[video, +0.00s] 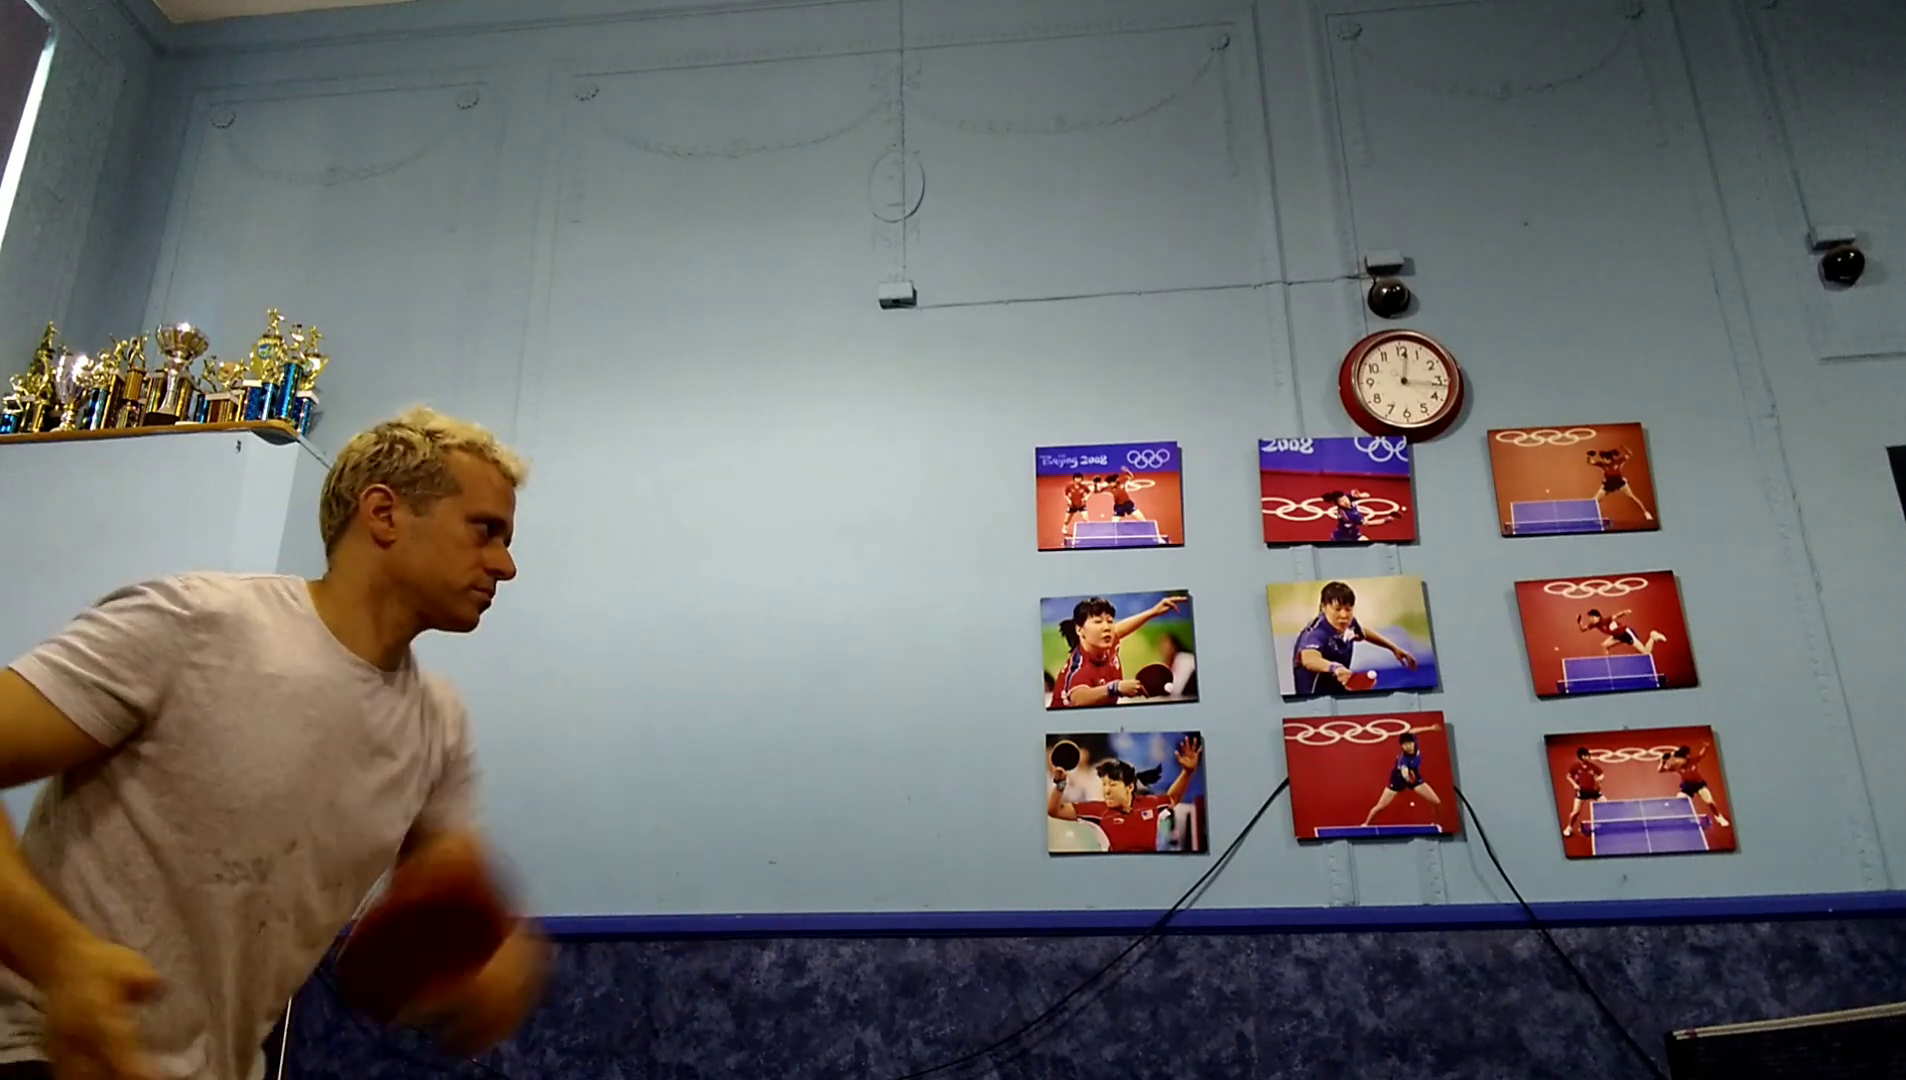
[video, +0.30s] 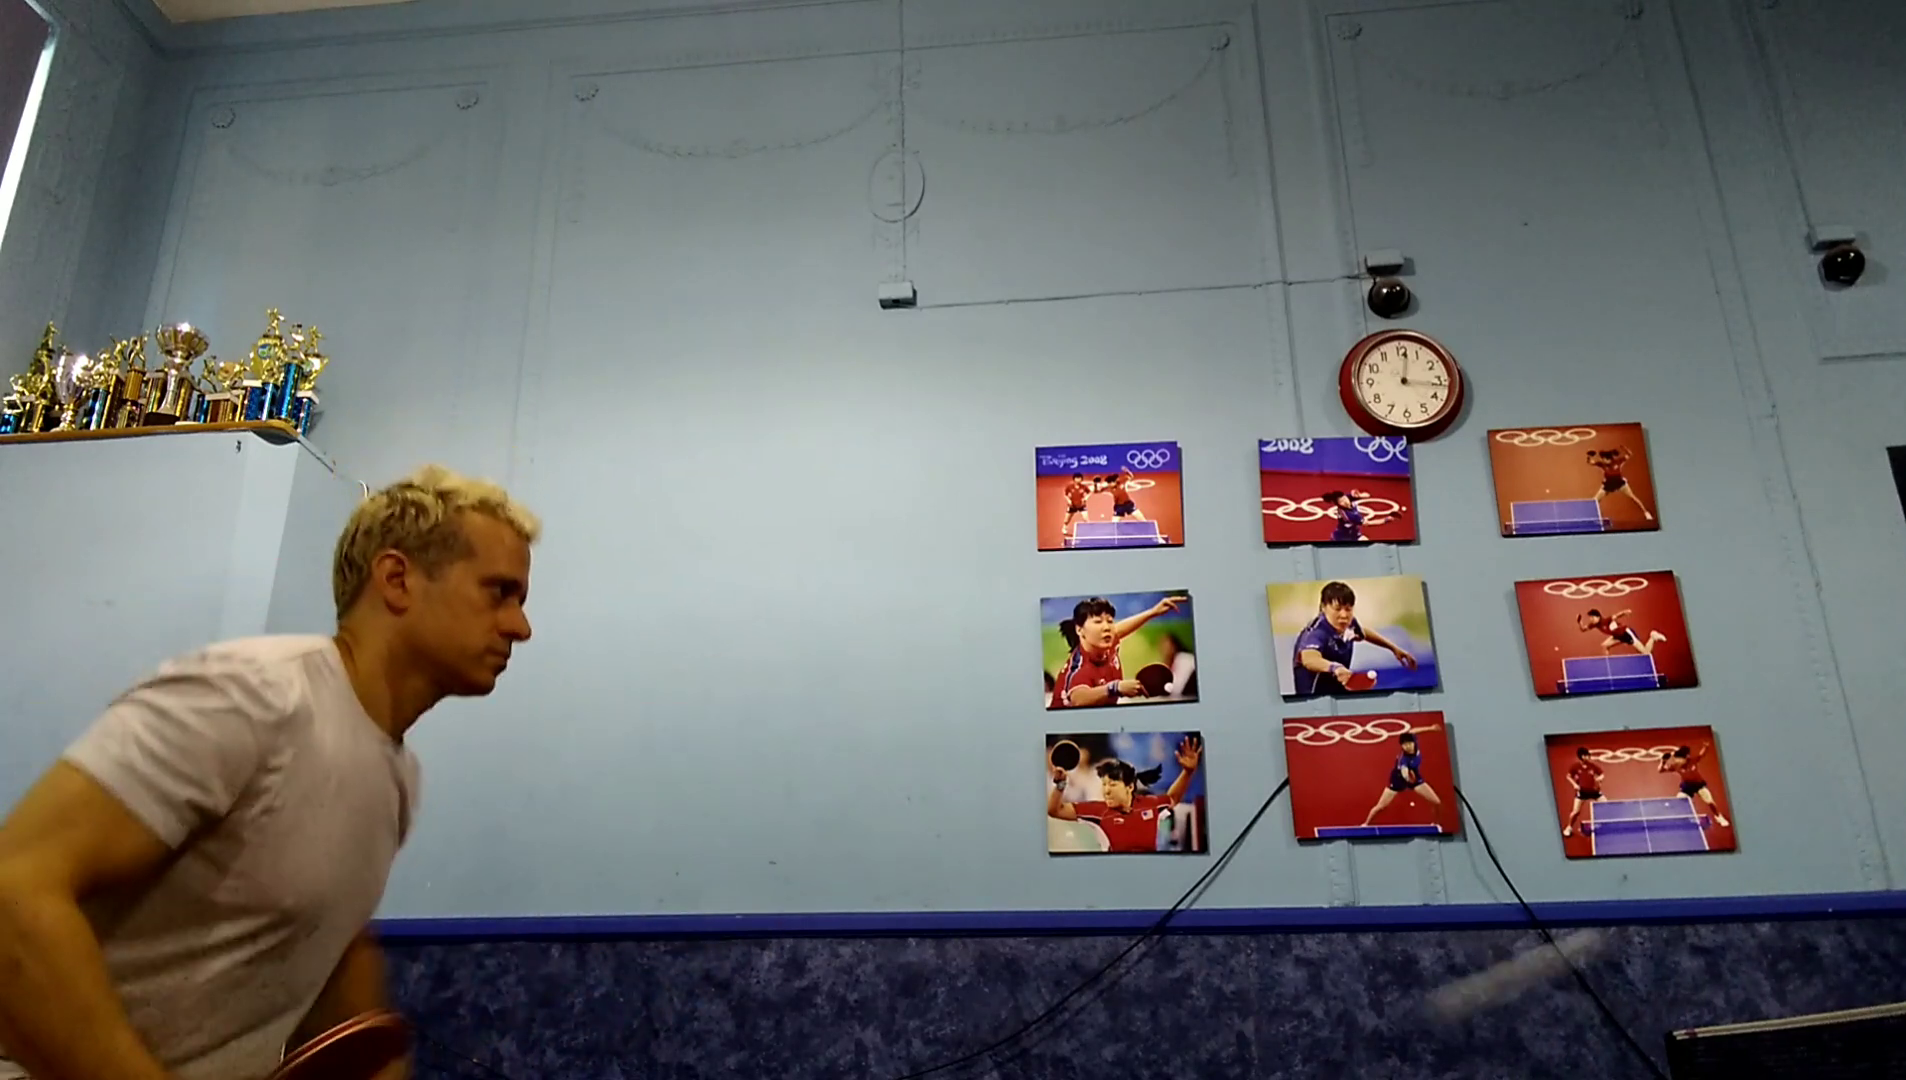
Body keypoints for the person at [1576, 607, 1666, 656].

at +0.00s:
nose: (1591, 620)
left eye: (1591, 618)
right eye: (1590, 619)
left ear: (1597, 617)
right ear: (1593, 618)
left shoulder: (1607, 620)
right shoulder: (1594, 624)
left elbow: (1617, 615)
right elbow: (1583, 630)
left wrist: (1626, 612)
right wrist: (1579, 623)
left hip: (1627, 634)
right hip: (1617, 636)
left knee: (1646, 652)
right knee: (1604, 645)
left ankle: (1653, 636)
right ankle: (1608, 667)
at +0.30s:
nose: (1590, 620)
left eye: (1591, 618)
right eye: (1590, 618)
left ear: (1597, 617)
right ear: (1593, 618)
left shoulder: (1607, 620)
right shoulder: (1594, 624)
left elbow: (1617, 615)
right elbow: (1583, 630)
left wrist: (1626, 612)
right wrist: (1579, 623)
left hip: (1627, 634)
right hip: (1618, 636)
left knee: (1645, 652)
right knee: (1604, 645)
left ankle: (1653, 637)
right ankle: (1608, 667)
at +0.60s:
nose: (1590, 620)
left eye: (1591, 618)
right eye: (1590, 619)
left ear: (1597, 617)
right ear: (1593, 618)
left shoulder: (1607, 620)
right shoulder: (1594, 624)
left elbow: (1617, 615)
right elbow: (1583, 630)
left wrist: (1626, 612)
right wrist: (1579, 623)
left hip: (1627, 634)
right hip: (1617, 636)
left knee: (1646, 652)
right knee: (1604, 645)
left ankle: (1653, 636)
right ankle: (1607, 667)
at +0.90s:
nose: (1590, 620)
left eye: (1591, 618)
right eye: (1590, 619)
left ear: (1597, 617)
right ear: (1593, 618)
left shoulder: (1607, 620)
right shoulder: (1595, 625)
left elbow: (1617, 615)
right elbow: (1584, 630)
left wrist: (1625, 612)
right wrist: (1579, 623)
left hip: (1627, 634)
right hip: (1618, 637)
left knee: (1646, 652)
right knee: (1604, 645)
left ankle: (1653, 636)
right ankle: (1608, 667)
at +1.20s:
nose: (1590, 620)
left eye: (1591, 618)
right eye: (1590, 619)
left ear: (1597, 617)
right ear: (1593, 618)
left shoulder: (1607, 620)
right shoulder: (1594, 624)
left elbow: (1617, 615)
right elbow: (1583, 630)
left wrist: (1626, 612)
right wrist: (1579, 623)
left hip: (1627, 634)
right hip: (1617, 636)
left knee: (1646, 652)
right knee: (1604, 645)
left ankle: (1653, 636)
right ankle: (1607, 667)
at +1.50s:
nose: (1590, 620)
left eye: (1591, 618)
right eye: (1590, 618)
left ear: (1597, 617)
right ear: (1593, 618)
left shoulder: (1607, 620)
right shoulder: (1594, 624)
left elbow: (1617, 615)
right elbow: (1583, 630)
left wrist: (1625, 612)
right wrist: (1579, 623)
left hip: (1627, 634)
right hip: (1618, 637)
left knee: (1646, 652)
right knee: (1604, 645)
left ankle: (1653, 636)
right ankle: (1607, 667)